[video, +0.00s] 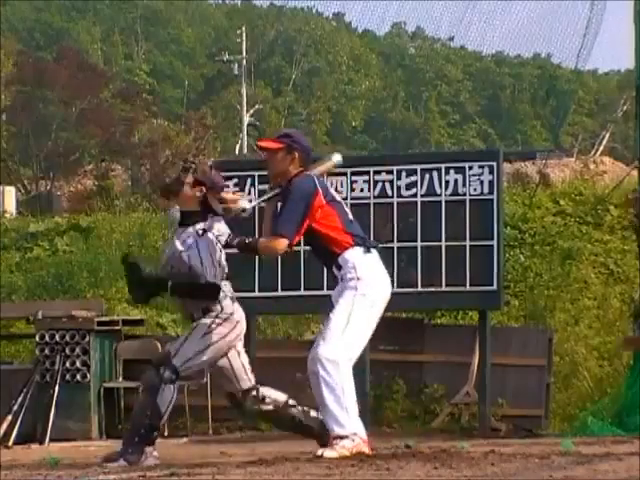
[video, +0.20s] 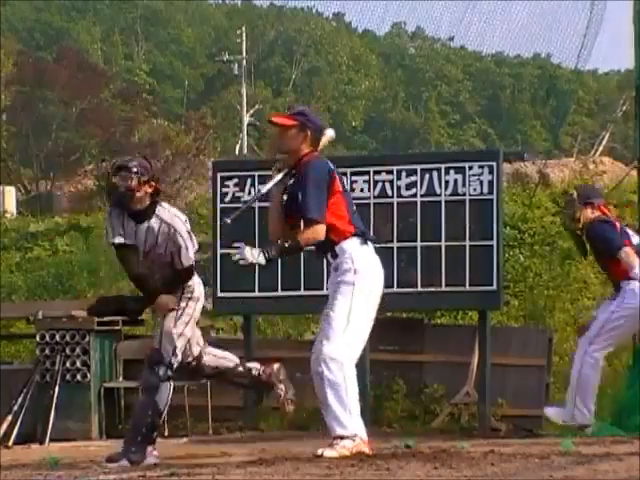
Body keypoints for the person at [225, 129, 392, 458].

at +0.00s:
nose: (265, 160)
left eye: (271, 154)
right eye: (266, 154)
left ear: (292, 157)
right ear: (291, 158)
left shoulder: (303, 185)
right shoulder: (302, 186)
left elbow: (278, 246)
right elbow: (274, 242)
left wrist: (242, 244)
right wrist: (272, 202)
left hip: (363, 276)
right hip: (355, 277)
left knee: (330, 355)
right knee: (321, 356)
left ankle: (351, 437)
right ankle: (344, 434)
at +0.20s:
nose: (278, 136)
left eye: (285, 130)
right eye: (280, 130)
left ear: (305, 136)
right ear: (297, 137)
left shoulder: (315, 167)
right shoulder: (300, 175)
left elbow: (316, 232)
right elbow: (277, 234)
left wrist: (268, 253)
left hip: (355, 262)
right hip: (345, 265)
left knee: (334, 353)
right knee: (324, 354)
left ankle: (351, 436)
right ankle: (348, 435)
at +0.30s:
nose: (286, 128)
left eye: (293, 123)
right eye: (288, 123)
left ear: (313, 129)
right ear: (301, 130)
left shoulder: (323, 163)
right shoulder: (301, 172)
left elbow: (330, 224)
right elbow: (278, 225)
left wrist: (298, 267)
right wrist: (281, 185)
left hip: (354, 260)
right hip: (339, 264)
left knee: (332, 351)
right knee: (324, 355)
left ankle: (350, 437)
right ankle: (350, 436)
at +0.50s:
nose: (300, 116)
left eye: (307, 110)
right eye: (300, 110)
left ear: (327, 117)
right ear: (313, 118)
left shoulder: (336, 155)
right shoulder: (311, 158)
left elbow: (347, 211)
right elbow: (283, 211)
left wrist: (353, 270)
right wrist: (288, 170)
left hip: (354, 254)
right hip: (338, 255)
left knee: (337, 345)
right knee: (347, 347)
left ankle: (348, 437)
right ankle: (356, 436)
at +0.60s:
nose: (305, 112)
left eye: (312, 106)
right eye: (305, 106)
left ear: (332, 112)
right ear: (316, 113)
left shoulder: (343, 151)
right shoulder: (315, 153)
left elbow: (357, 208)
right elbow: (287, 202)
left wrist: (363, 268)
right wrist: (295, 160)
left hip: (357, 253)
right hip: (339, 254)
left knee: (342, 344)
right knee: (356, 345)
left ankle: (348, 436)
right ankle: (371, 431)